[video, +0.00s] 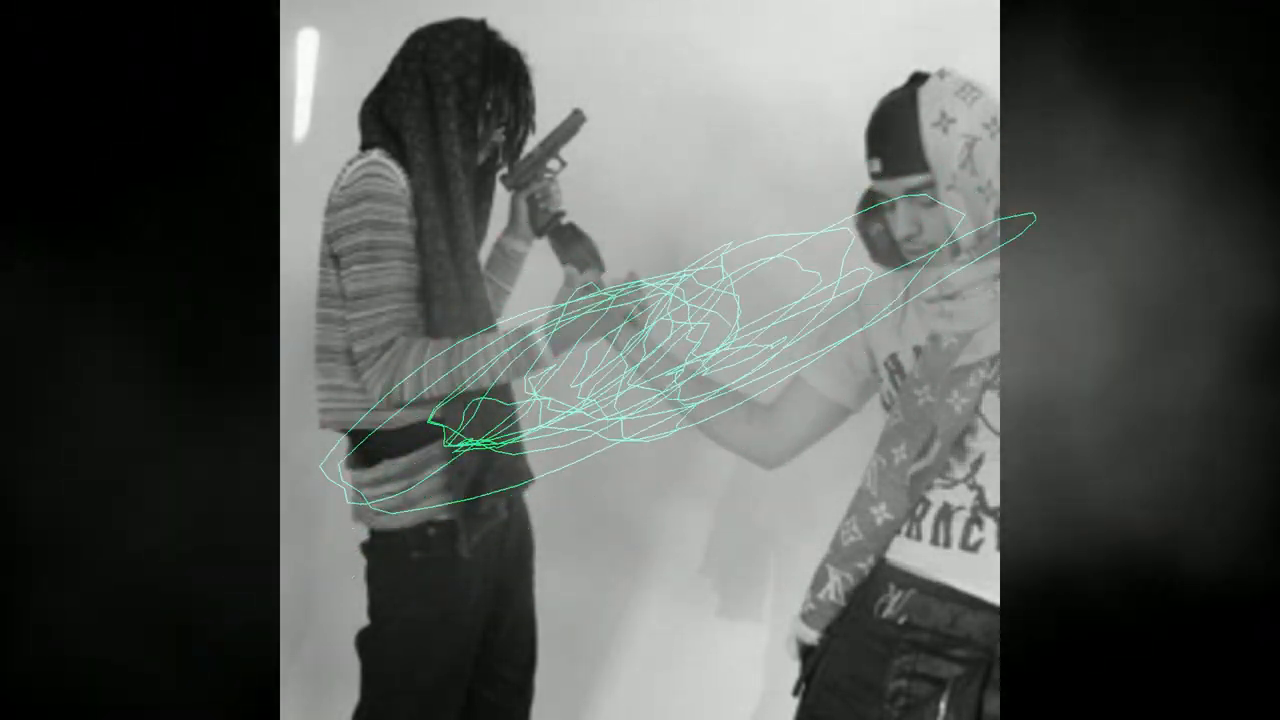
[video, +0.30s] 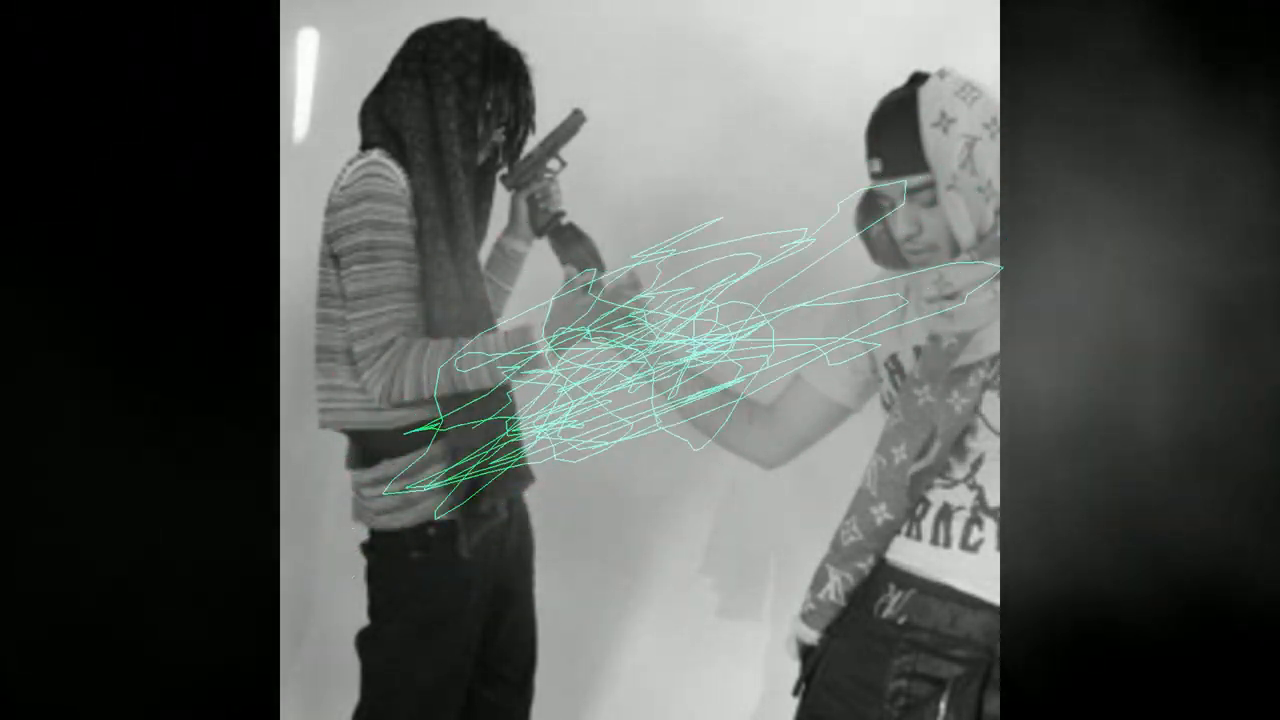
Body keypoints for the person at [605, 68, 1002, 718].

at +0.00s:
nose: (889, 227)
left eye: (909, 200)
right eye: (880, 202)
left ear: (970, 192)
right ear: (877, 201)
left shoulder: (1043, 288)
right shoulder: (897, 301)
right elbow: (769, 436)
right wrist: (631, 337)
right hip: (888, 617)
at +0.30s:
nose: (903, 227)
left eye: (926, 196)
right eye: (884, 202)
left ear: (981, 186)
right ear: (871, 208)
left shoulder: (1039, 295)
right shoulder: (898, 309)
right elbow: (768, 435)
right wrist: (634, 337)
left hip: (991, 647)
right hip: (877, 620)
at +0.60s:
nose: (903, 226)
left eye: (925, 197)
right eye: (884, 202)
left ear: (983, 184)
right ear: (872, 201)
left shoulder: (1037, 289)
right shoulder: (894, 300)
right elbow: (768, 436)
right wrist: (634, 342)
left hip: (1007, 643)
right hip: (885, 618)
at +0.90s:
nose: (902, 227)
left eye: (923, 198)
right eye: (884, 204)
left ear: (979, 184)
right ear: (872, 205)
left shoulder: (1034, 291)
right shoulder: (892, 303)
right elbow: (769, 435)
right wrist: (636, 343)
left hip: (992, 638)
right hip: (879, 612)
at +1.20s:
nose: (903, 226)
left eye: (924, 198)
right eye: (887, 203)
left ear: (977, 184)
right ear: (877, 203)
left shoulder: (1041, 289)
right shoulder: (888, 304)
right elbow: (769, 436)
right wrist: (641, 341)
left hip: (993, 636)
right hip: (883, 610)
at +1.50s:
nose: (910, 226)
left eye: (927, 197)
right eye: (890, 203)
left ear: (984, 184)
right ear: (877, 205)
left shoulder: (1036, 288)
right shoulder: (898, 297)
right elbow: (769, 436)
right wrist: (631, 337)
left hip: (993, 641)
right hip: (884, 615)